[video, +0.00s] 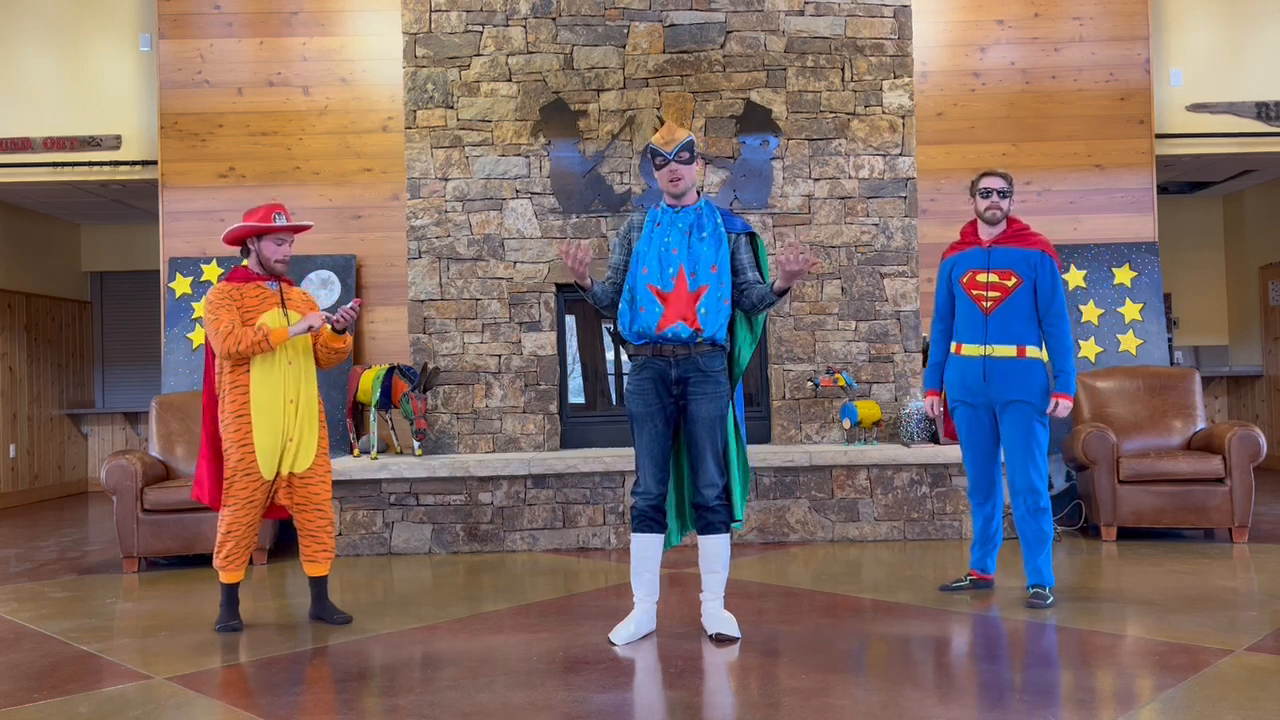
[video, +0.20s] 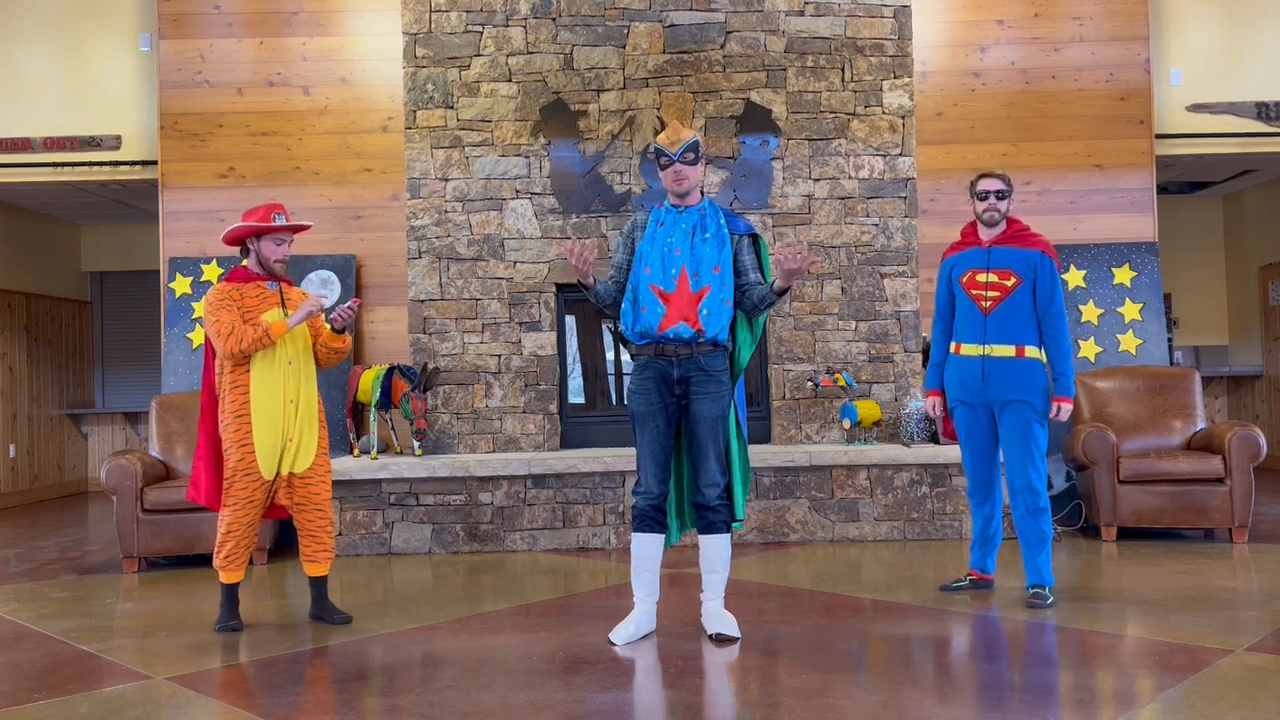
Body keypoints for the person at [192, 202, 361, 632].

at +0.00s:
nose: (288, 250)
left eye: (290, 242)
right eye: (279, 242)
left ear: (291, 246)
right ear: (253, 245)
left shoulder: (301, 298)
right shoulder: (224, 295)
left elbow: (325, 356)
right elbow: (230, 343)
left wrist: (342, 331)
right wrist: (295, 330)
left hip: (303, 420)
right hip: (249, 423)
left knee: (316, 502)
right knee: (242, 505)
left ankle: (320, 600)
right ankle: (229, 606)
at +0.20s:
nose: (288, 251)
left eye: (290, 242)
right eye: (278, 243)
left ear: (290, 246)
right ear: (253, 245)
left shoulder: (299, 298)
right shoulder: (223, 297)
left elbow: (325, 356)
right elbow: (234, 343)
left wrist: (341, 329)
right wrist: (291, 321)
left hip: (304, 420)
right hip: (249, 423)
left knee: (316, 502)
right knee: (242, 506)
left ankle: (320, 600)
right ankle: (229, 606)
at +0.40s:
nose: (287, 251)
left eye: (289, 243)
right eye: (278, 243)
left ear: (290, 246)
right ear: (252, 245)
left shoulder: (300, 298)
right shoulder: (222, 297)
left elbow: (326, 356)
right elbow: (237, 346)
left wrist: (339, 328)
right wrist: (300, 326)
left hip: (303, 419)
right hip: (248, 422)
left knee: (316, 501)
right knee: (242, 504)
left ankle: (320, 601)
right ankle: (229, 606)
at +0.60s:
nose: (287, 251)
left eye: (289, 243)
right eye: (277, 242)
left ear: (290, 246)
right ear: (252, 245)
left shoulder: (300, 298)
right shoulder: (223, 297)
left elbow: (326, 356)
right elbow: (237, 346)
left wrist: (337, 327)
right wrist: (300, 325)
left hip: (303, 419)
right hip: (249, 421)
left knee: (317, 500)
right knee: (242, 504)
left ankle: (321, 601)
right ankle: (229, 606)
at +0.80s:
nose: (286, 251)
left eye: (288, 243)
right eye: (277, 243)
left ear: (288, 246)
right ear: (251, 245)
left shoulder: (298, 297)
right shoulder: (221, 297)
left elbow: (324, 355)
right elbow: (234, 343)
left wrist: (337, 325)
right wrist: (291, 316)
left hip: (303, 419)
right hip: (249, 422)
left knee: (317, 501)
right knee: (242, 505)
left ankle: (320, 601)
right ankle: (229, 606)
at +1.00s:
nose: (285, 251)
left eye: (287, 243)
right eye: (275, 243)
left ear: (289, 246)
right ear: (250, 246)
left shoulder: (298, 295)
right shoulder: (222, 296)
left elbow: (325, 355)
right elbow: (233, 344)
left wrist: (338, 324)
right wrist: (285, 310)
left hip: (303, 418)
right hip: (249, 421)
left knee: (316, 501)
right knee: (242, 505)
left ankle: (321, 601)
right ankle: (229, 606)